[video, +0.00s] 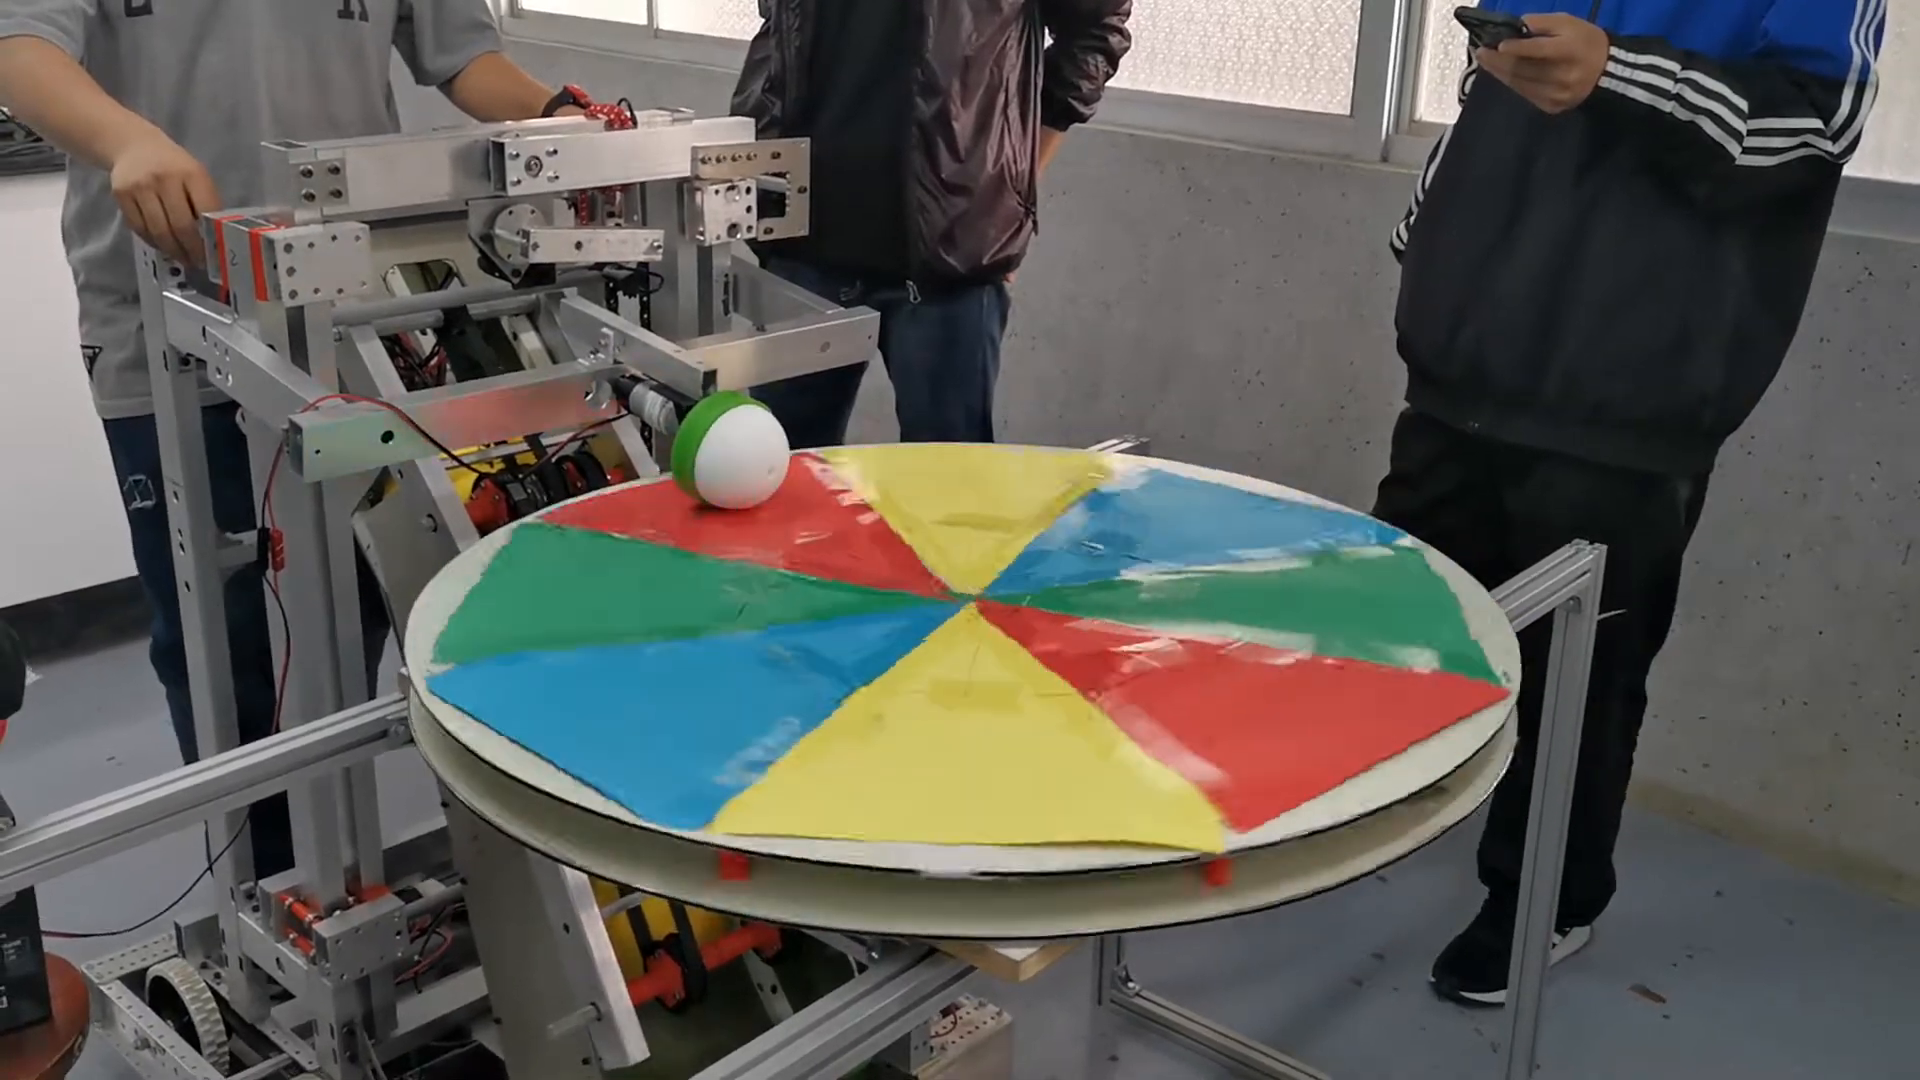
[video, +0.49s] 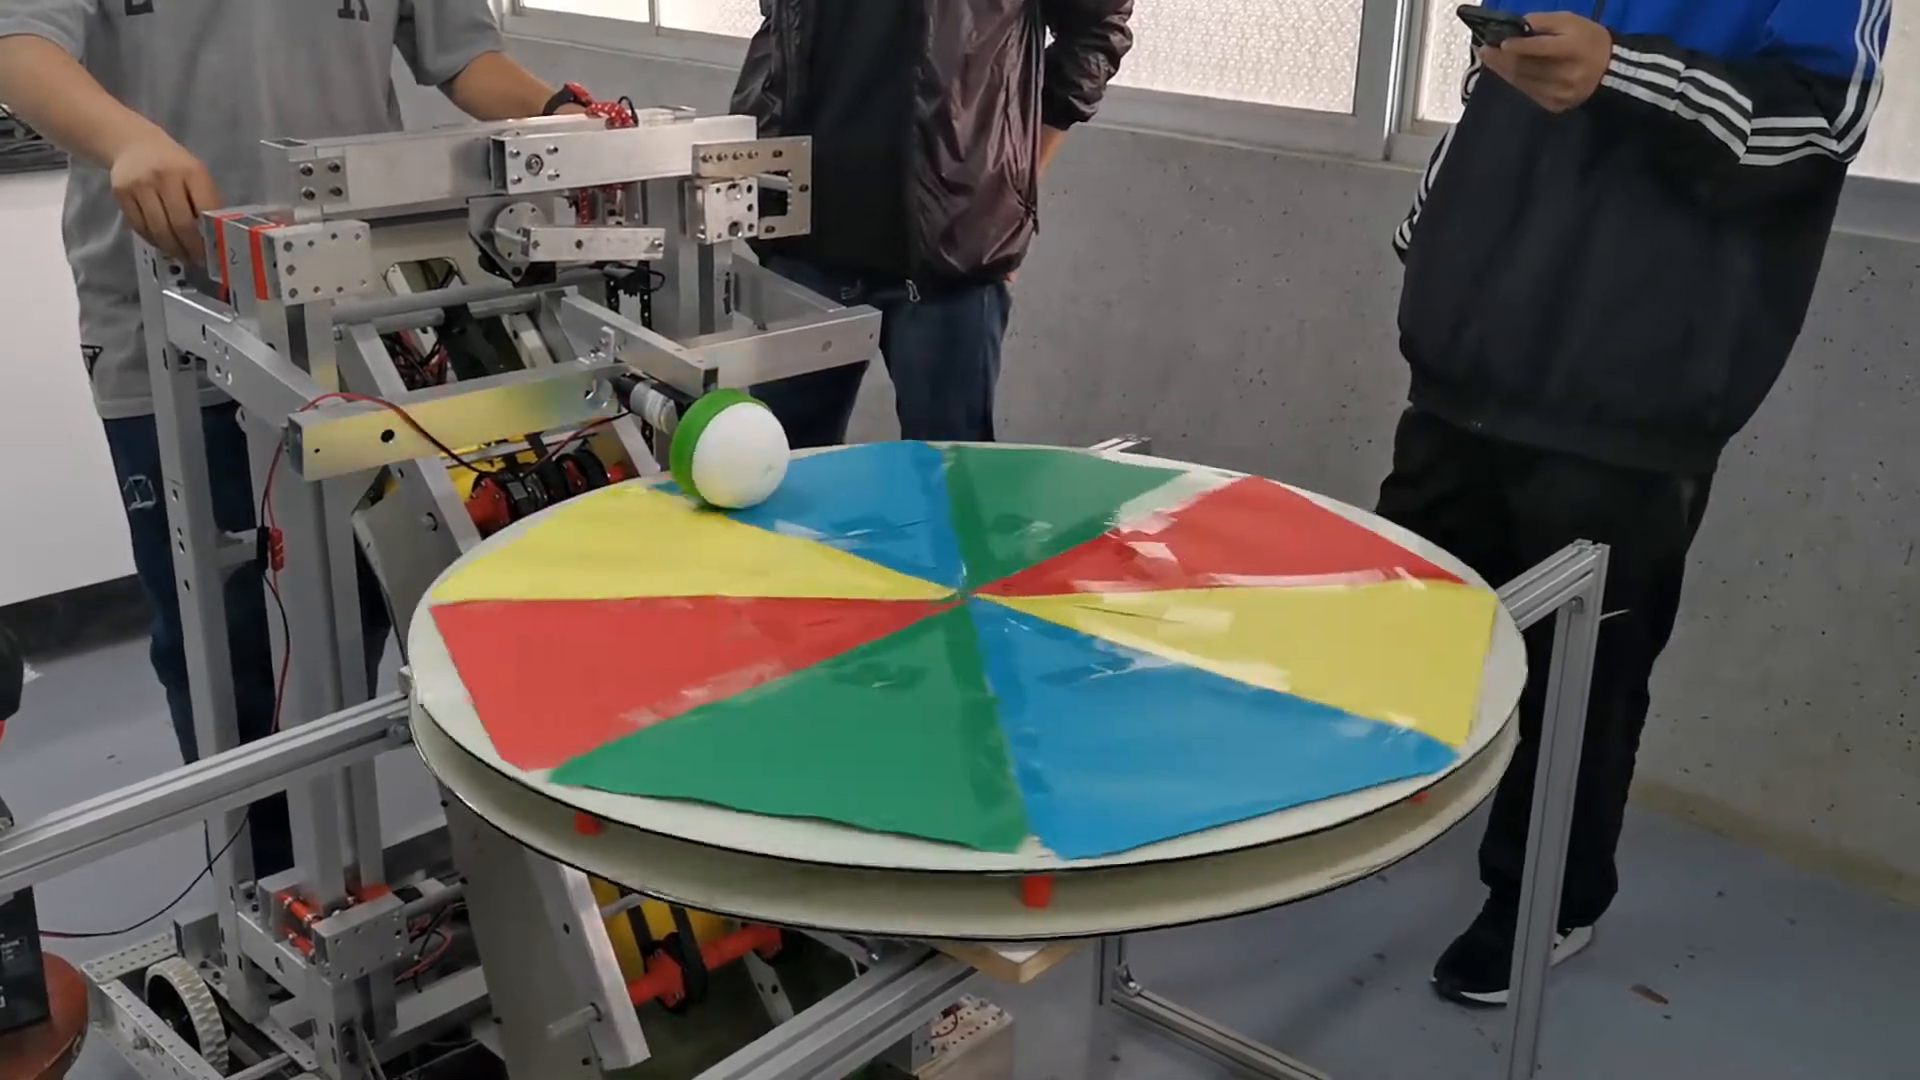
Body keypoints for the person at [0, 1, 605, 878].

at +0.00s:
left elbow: (456, 49)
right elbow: (22, 47)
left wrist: (558, 114)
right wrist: (125, 138)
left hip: (350, 322)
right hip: (167, 329)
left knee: (353, 606)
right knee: (214, 638)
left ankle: (349, 856)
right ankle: (263, 881)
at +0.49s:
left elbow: (457, 49)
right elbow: (22, 46)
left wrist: (554, 109)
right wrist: (124, 137)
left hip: (349, 321)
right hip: (165, 329)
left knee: (353, 606)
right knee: (215, 638)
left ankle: (347, 855)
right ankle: (266, 882)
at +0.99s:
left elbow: (459, 46)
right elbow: (22, 46)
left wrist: (552, 107)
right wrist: (123, 135)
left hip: (350, 317)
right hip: (167, 326)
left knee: (355, 605)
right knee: (217, 638)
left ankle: (349, 855)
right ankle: (268, 883)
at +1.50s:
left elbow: (460, 46)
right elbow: (23, 45)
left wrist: (559, 115)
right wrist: (123, 136)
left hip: (347, 313)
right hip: (167, 323)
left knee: (353, 599)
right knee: (214, 628)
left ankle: (345, 845)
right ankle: (262, 876)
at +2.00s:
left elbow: (454, 49)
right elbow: (20, 48)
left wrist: (555, 118)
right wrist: (121, 143)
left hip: (345, 315)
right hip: (166, 325)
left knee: (352, 602)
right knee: (215, 629)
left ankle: (346, 851)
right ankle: (268, 880)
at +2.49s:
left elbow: (455, 47)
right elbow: (23, 49)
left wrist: (558, 117)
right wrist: (125, 143)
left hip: (349, 315)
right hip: (172, 326)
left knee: (354, 604)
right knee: (221, 633)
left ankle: (351, 855)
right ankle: (275, 882)